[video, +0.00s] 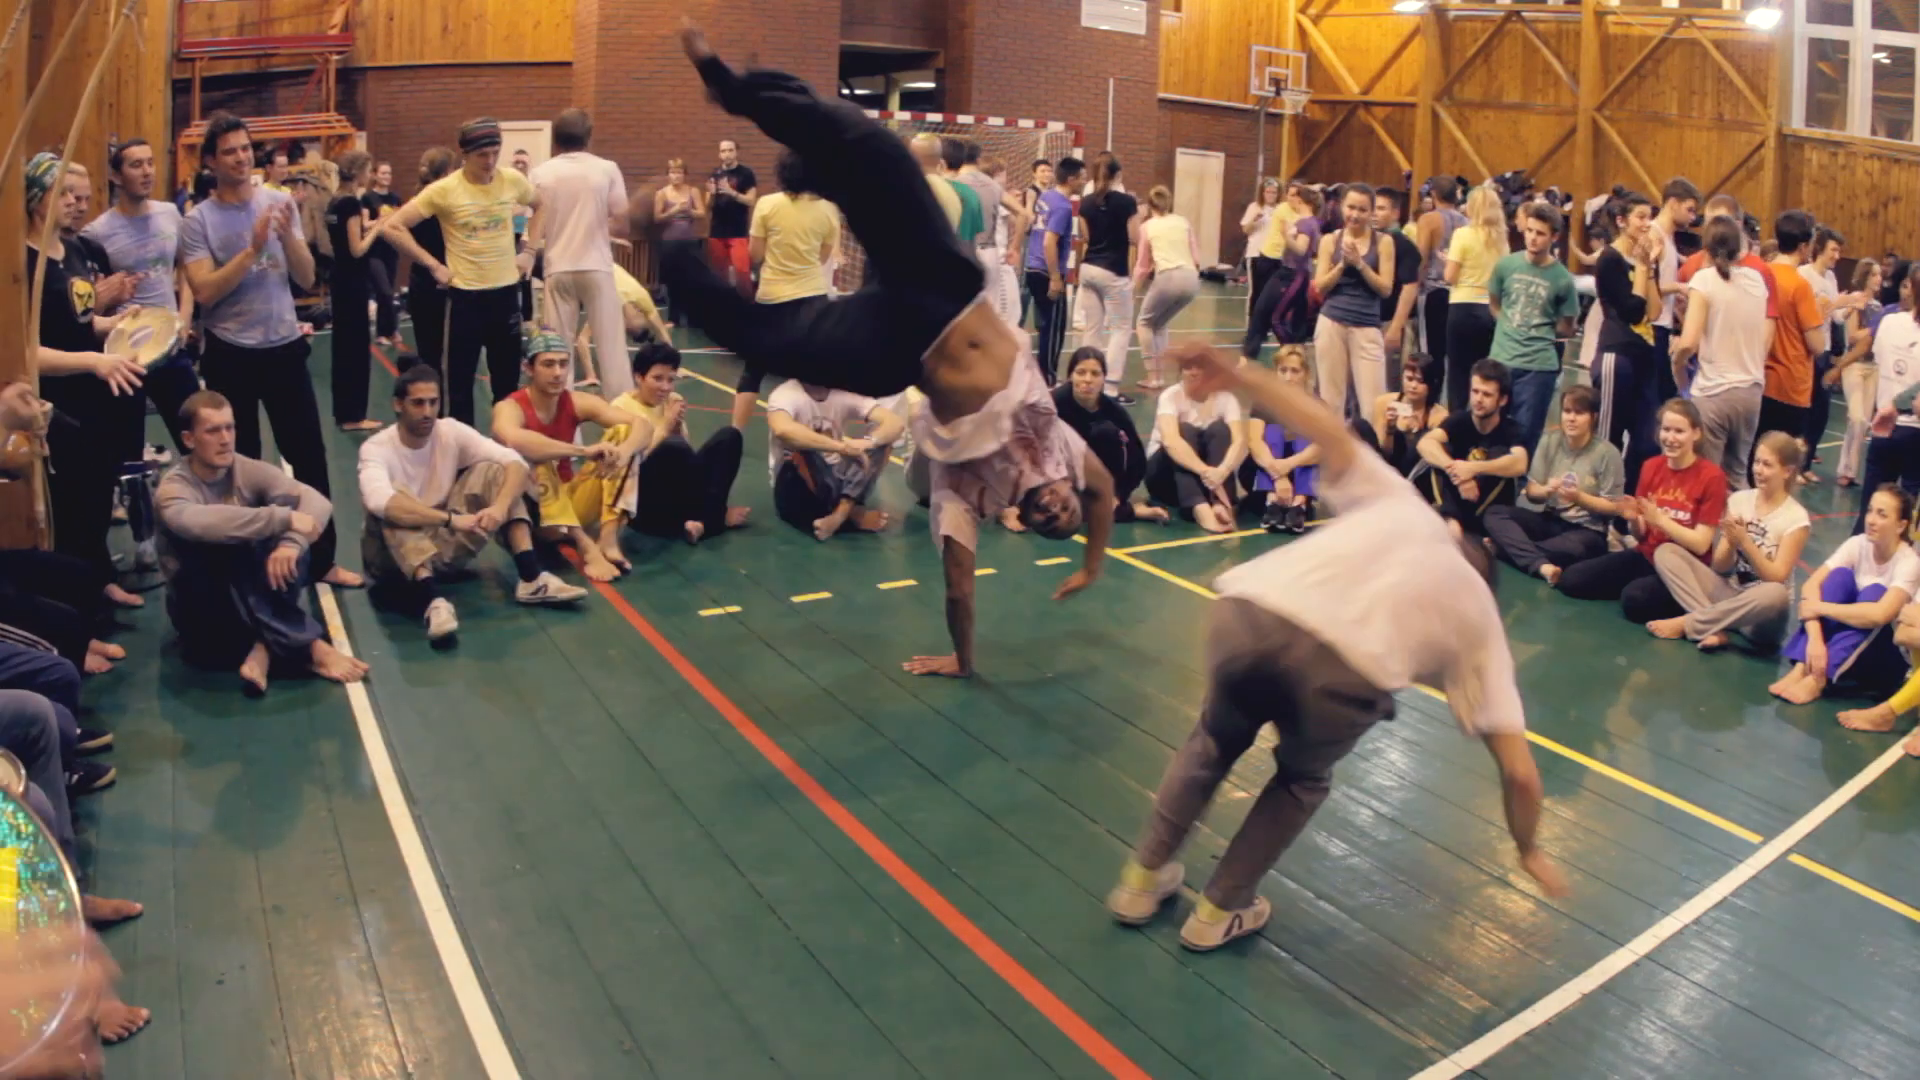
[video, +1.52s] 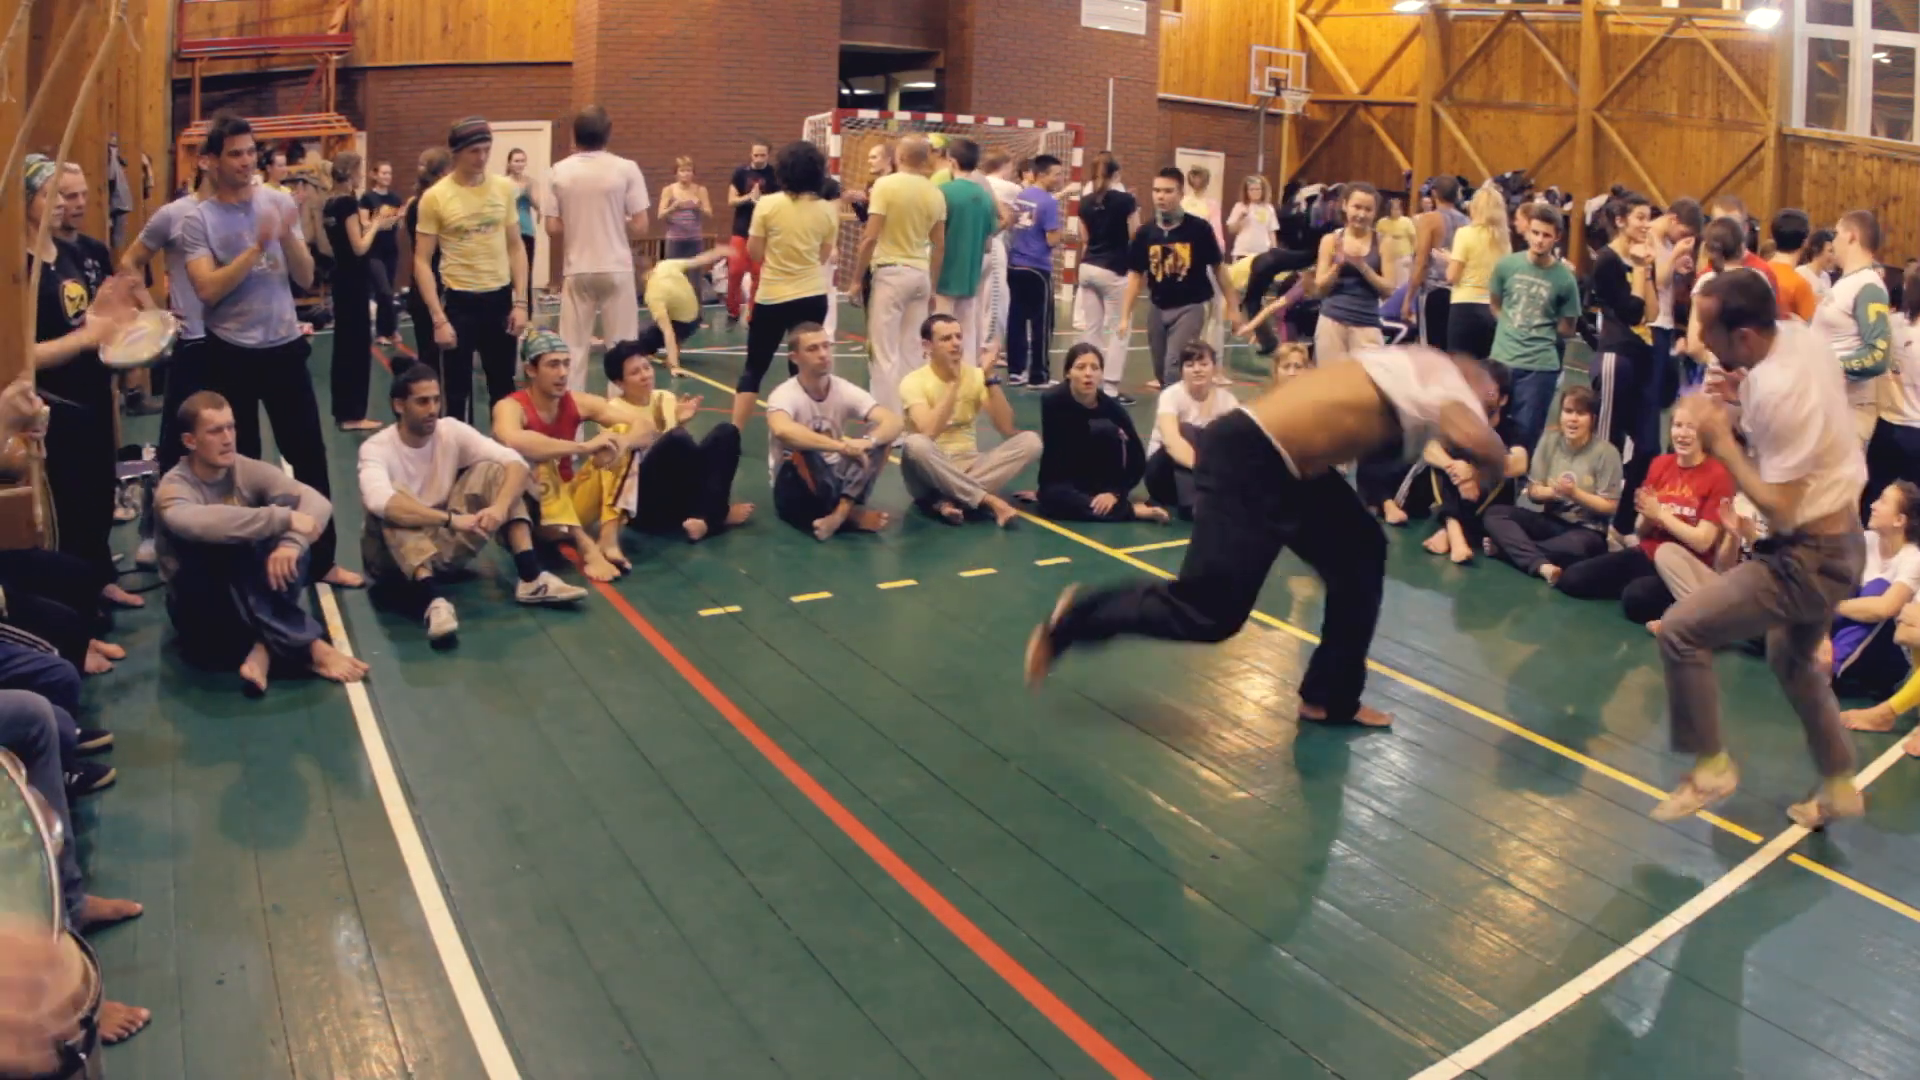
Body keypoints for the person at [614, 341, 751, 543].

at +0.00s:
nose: (665, 387)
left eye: (671, 380)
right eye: (658, 379)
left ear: (675, 381)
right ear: (638, 378)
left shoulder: (671, 405)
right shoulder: (620, 408)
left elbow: (685, 450)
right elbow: (632, 462)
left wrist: (676, 425)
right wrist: (665, 425)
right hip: (644, 512)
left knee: (730, 436)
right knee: (674, 449)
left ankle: (701, 521)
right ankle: (718, 515)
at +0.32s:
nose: (662, 385)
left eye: (667, 378)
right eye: (654, 377)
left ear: (673, 380)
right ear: (636, 379)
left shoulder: (673, 402)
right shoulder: (619, 407)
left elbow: (690, 456)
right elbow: (635, 455)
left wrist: (681, 422)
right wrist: (663, 416)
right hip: (646, 513)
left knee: (727, 434)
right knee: (674, 445)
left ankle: (700, 517)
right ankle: (716, 516)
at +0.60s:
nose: (650, 388)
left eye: (654, 381)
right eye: (643, 381)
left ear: (659, 380)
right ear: (623, 382)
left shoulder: (659, 403)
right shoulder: (610, 409)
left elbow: (687, 440)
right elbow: (636, 446)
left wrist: (686, 402)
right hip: (642, 512)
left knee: (717, 428)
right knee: (673, 437)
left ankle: (700, 517)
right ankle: (713, 511)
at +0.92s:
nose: (641, 382)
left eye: (644, 374)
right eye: (633, 376)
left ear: (648, 374)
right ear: (613, 383)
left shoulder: (654, 402)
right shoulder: (603, 422)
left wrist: (668, 419)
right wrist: (718, 508)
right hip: (645, 512)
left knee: (718, 426)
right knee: (675, 436)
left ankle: (701, 514)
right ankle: (713, 511)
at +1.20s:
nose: (639, 376)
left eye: (640, 368)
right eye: (629, 372)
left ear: (646, 368)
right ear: (612, 384)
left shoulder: (659, 402)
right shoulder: (606, 420)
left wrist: (674, 419)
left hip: (682, 504)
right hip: (646, 511)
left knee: (721, 429)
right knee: (677, 438)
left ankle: (702, 516)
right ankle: (718, 513)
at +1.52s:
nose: (645, 375)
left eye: (647, 367)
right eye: (635, 372)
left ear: (652, 368)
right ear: (619, 383)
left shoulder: (665, 400)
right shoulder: (613, 413)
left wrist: (677, 418)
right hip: (647, 512)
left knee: (727, 432)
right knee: (676, 440)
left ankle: (703, 518)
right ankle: (719, 513)